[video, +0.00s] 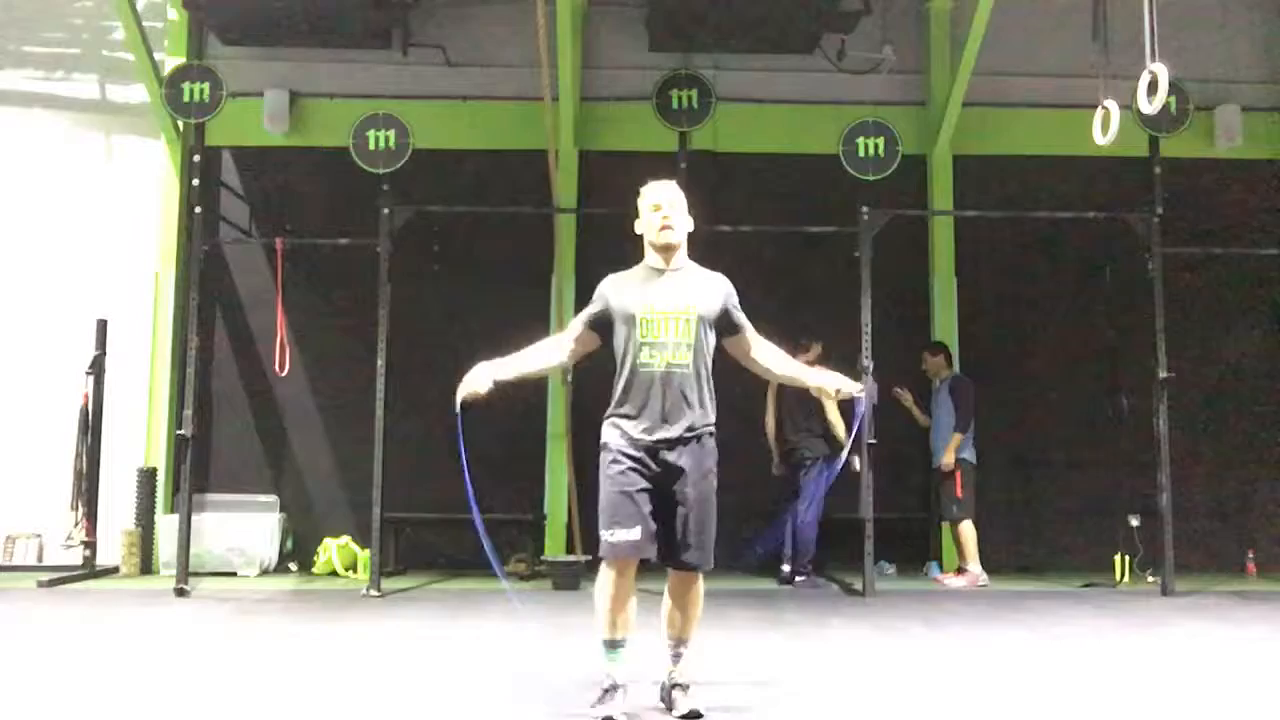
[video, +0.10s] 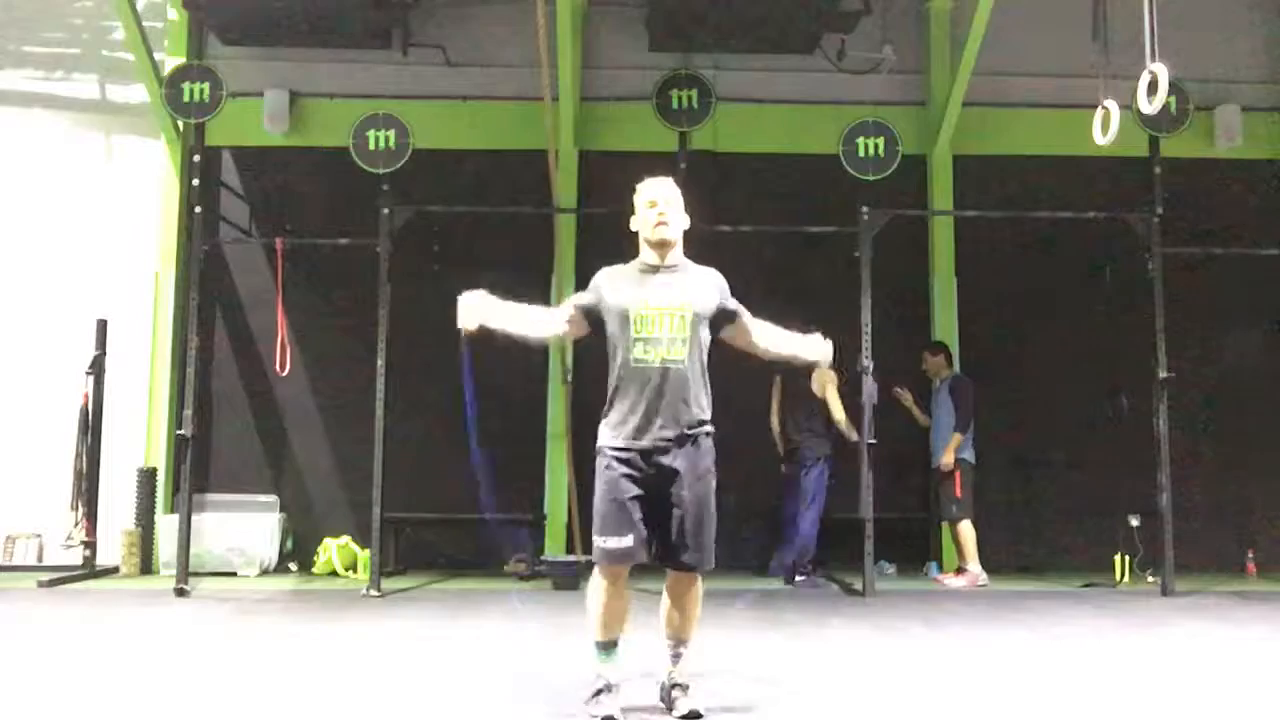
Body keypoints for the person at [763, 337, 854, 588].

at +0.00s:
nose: (819, 352)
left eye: (816, 348)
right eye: (818, 348)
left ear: (794, 348)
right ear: (814, 349)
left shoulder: (778, 378)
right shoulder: (818, 377)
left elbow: (770, 422)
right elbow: (833, 416)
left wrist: (776, 456)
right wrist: (844, 444)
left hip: (789, 450)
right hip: (814, 449)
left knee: (795, 505)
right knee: (807, 508)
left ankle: (787, 565)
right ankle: (802, 569)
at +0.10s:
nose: (828, 354)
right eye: (826, 350)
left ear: (796, 350)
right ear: (820, 352)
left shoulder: (781, 376)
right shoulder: (825, 375)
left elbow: (774, 420)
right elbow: (838, 415)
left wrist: (782, 452)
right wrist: (854, 436)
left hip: (791, 450)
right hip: (816, 451)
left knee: (792, 508)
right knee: (810, 509)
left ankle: (784, 562)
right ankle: (801, 567)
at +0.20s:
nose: (831, 353)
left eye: (829, 349)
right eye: (829, 349)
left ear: (803, 349)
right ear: (826, 350)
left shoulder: (786, 377)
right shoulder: (828, 375)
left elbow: (780, 424)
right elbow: (841, 416)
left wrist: (789, 451)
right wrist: (856, 435)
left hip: (797, 448)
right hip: (819, 448)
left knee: (809, 506)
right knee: (813, 508)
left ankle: (811, 563)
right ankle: (803, 569)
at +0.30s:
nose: (830, 354)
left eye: (829, 350)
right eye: (828, 350)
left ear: (805, 353)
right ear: (821, 352)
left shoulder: (790, 378)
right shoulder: (829, 375)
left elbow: (785, 419)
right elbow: (841, 415)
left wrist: (791, 442)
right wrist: (860, 440)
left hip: (802, 442)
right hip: (822, 442)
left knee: (815, 502)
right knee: (818, 503)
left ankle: (819, 565)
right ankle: (804, 568)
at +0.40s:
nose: (830, 353)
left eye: (828, 349)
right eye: (827, 349)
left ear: (806, 355)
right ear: (820, 352)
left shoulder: (794, 380)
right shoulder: (829, 375)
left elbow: (790, 423)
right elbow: (839, 411)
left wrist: (797, 444)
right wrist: (853, 435)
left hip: (805, 444)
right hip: (824, 444)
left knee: (819, 504)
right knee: (824, 505)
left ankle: (822, 566)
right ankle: (806, 567)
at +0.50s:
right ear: (839, 350)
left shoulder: (798, 375)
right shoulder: (831, 371)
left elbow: (795, 411)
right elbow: (837, 412)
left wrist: (798, 435)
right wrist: (852, 442)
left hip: (804, 441)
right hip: (823, 443)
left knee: (811, 501)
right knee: (830, 503)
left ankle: (820, 564)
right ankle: (811, 560)